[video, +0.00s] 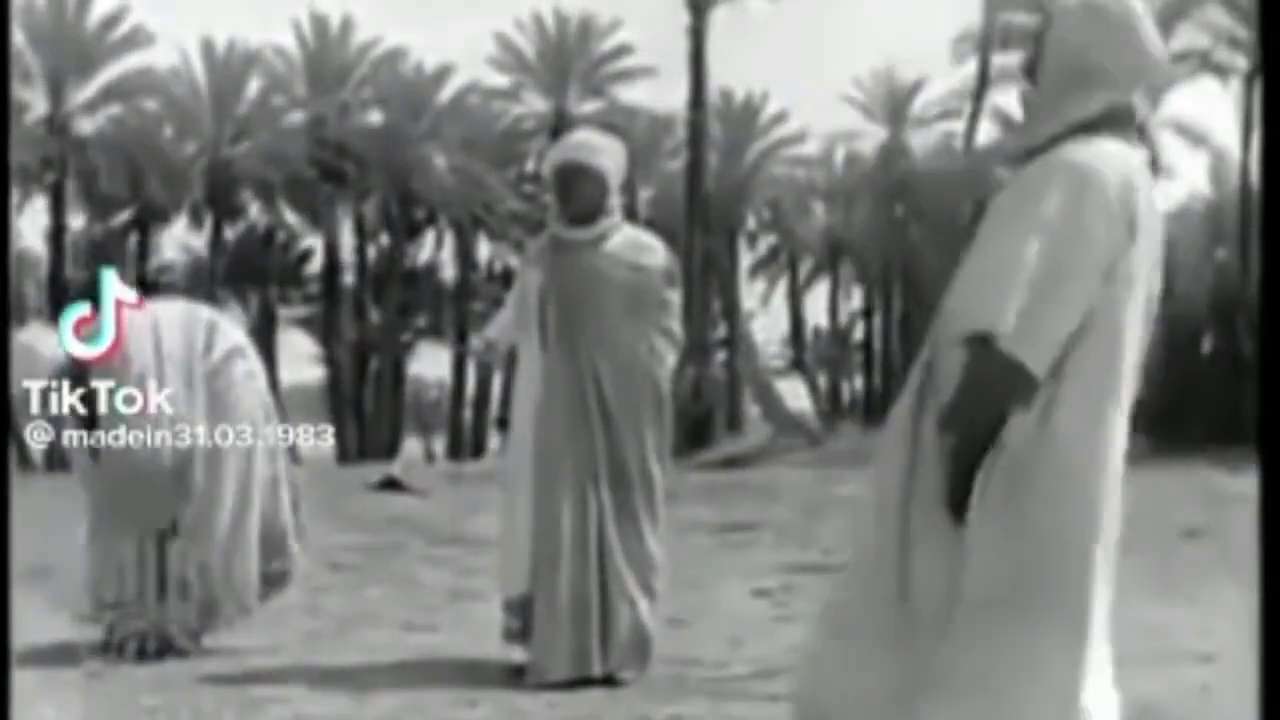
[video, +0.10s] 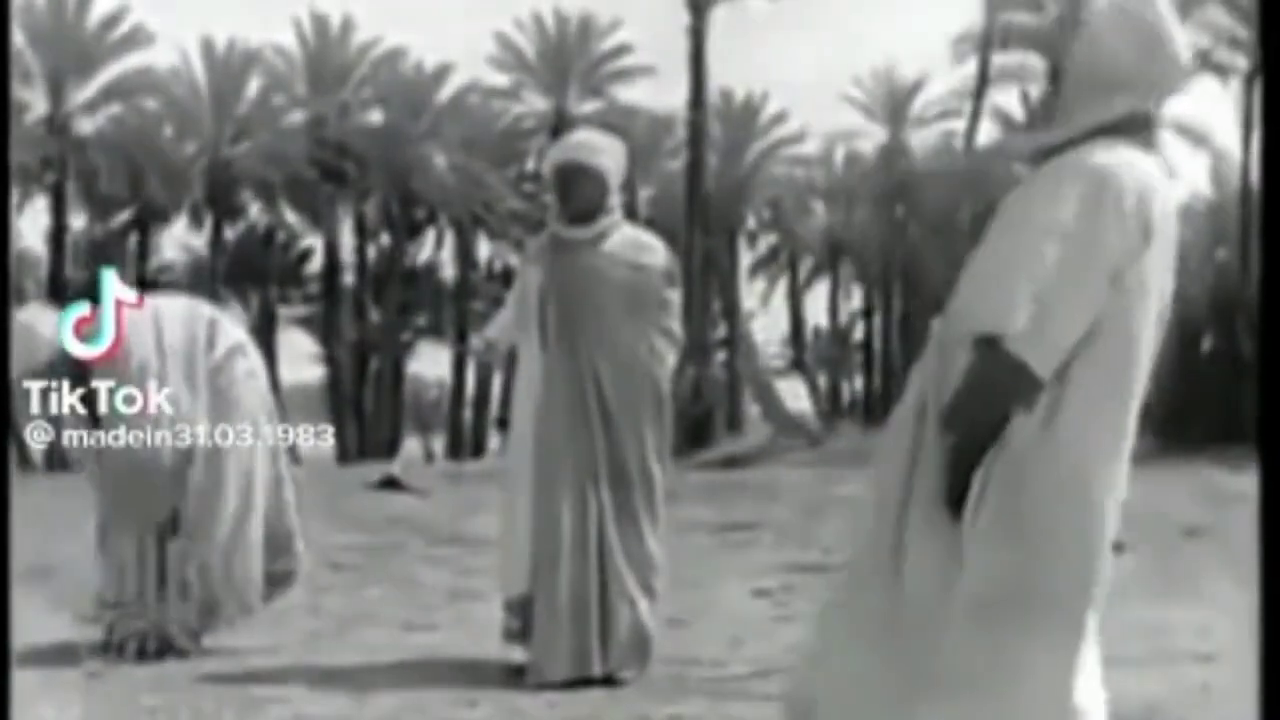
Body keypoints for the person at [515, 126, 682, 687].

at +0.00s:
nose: (561, 198)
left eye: (568, 186)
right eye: (560, 185)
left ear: (572, 190)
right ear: (614, 189)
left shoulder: (543, 257)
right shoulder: (648, 255)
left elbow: (522, 326)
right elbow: (665, 329)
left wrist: (490, 341)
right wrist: (654, 376)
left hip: (559, 401)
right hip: (627, 399)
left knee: (557, 515)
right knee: (626, 515)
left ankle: (560, 650)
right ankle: (622, 646)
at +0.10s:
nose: (563, 198)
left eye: (569, 186)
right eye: (562, 185)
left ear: (564, 190)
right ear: (614, 189)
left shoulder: (543, 257)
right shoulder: (648, 254)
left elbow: (523, 328)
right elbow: (664, 330)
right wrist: (654, 379)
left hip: (559, 400)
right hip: (627, 399)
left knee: (558, 515)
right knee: (627, 515)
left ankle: (561, 649)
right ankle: (622, 646)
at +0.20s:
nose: (559, 198)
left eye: (566, 185)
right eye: (557, 184)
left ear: (578, 187)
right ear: (610, 187)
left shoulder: (543, 256)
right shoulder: (647, 253)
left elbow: (523, 327)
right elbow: (663, 330)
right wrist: (653, 380)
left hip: (559, 399)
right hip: (627, 398)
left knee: (559, 514)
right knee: (626, 515)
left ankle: (560, 649)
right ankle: (622, 645)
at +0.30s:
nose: (561, 198)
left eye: (565, 186)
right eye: (561, 186)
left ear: (559, 190)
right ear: (611, 188)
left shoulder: (542, 256)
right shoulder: (646, 254)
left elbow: (521, 328)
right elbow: (662, 330)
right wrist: (654, 381)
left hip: (559, 401)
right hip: (627, 399)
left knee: (558, 515)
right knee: (627, 515)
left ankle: (560, 650)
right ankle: (622, 646)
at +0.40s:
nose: (560, 199)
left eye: (564, 187)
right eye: (560, 186)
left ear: (559, 191)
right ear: (610, 188)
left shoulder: (542, 256)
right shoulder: (645, 254)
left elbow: (522, 328)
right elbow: (662, 330)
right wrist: (654, 381)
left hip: (559, 401)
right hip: (627, 399)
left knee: (558, 514)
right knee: (627, 514)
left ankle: (560, 650)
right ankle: (623, 645)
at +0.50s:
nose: (560, 197)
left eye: (564, 185)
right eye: (559, 184)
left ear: (559, 189)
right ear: (610, 186)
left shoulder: (542, 255)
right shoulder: (645, 252)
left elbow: (519, 327)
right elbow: (663, 328)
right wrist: (654, 380)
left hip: (560, 400)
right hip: (628, 398)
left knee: (559, 514)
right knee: (628, 513)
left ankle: (561, 649)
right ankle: (623, 644)